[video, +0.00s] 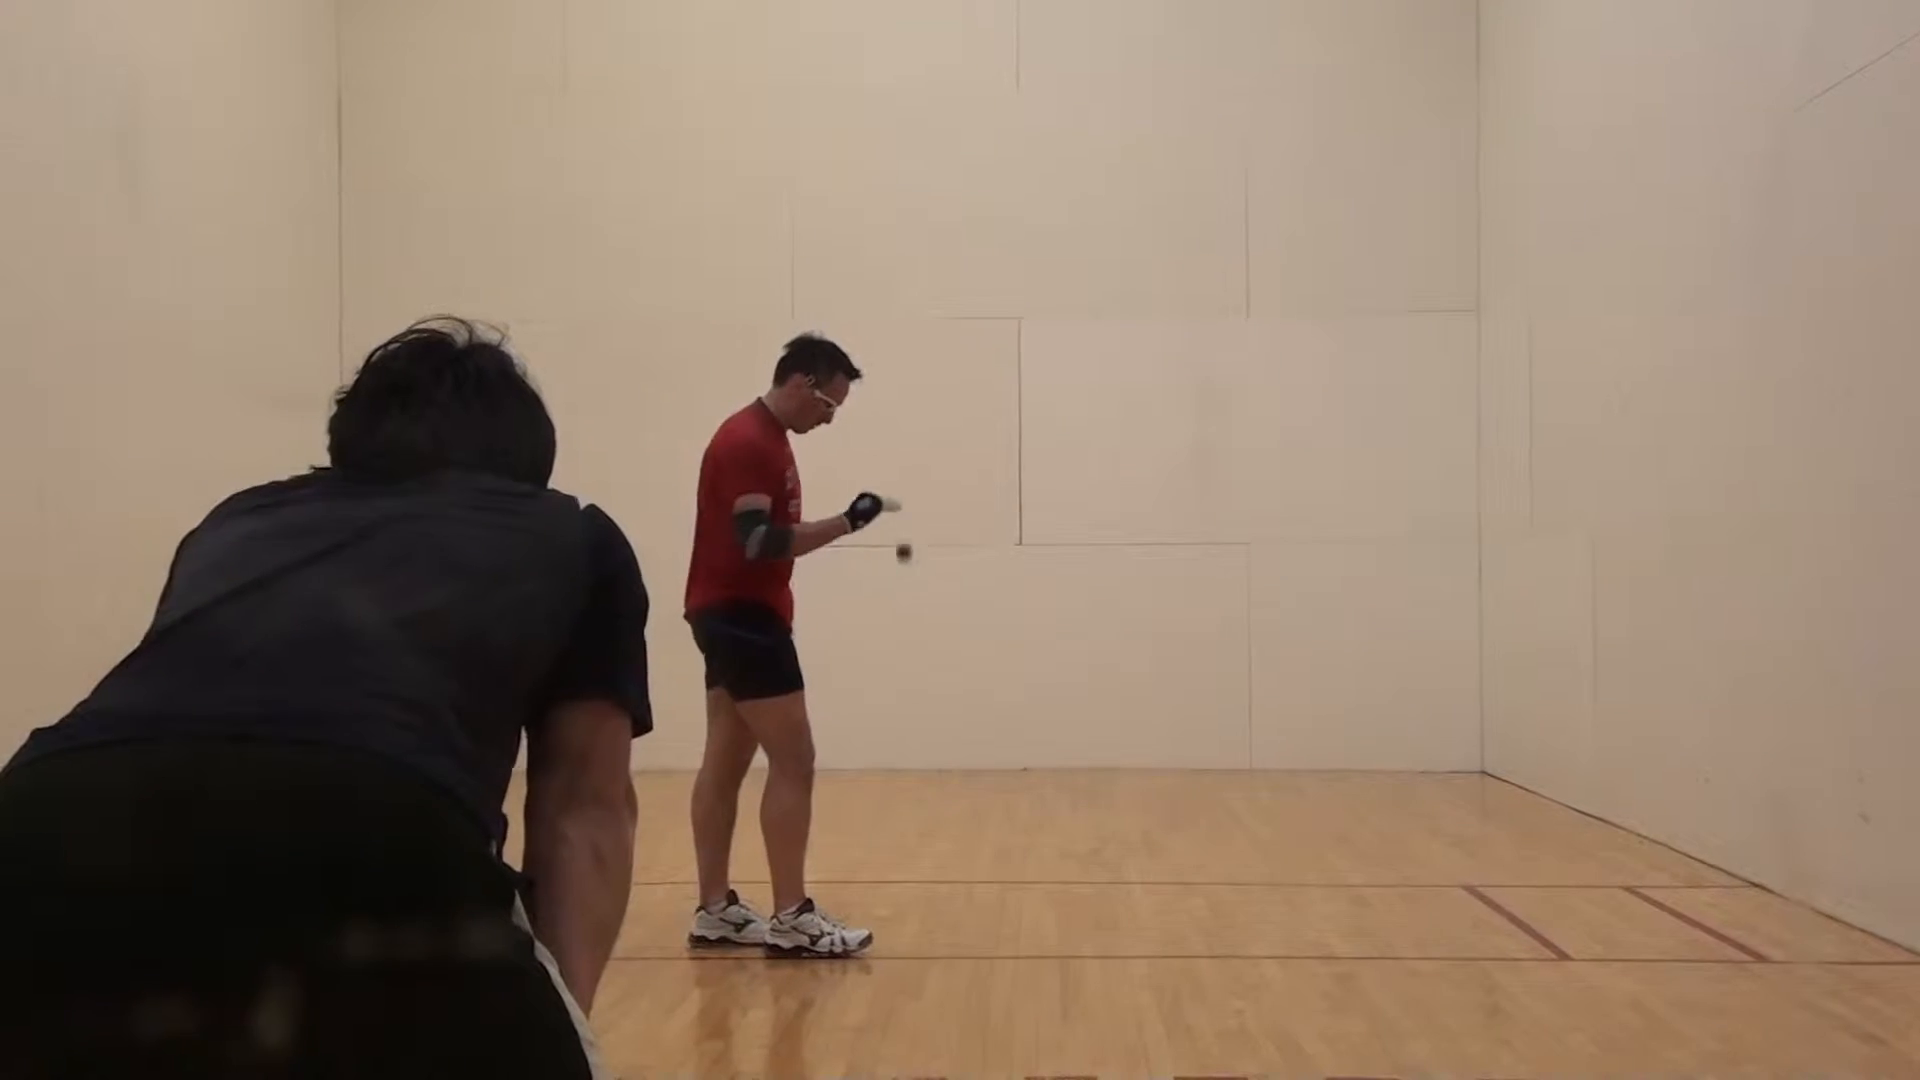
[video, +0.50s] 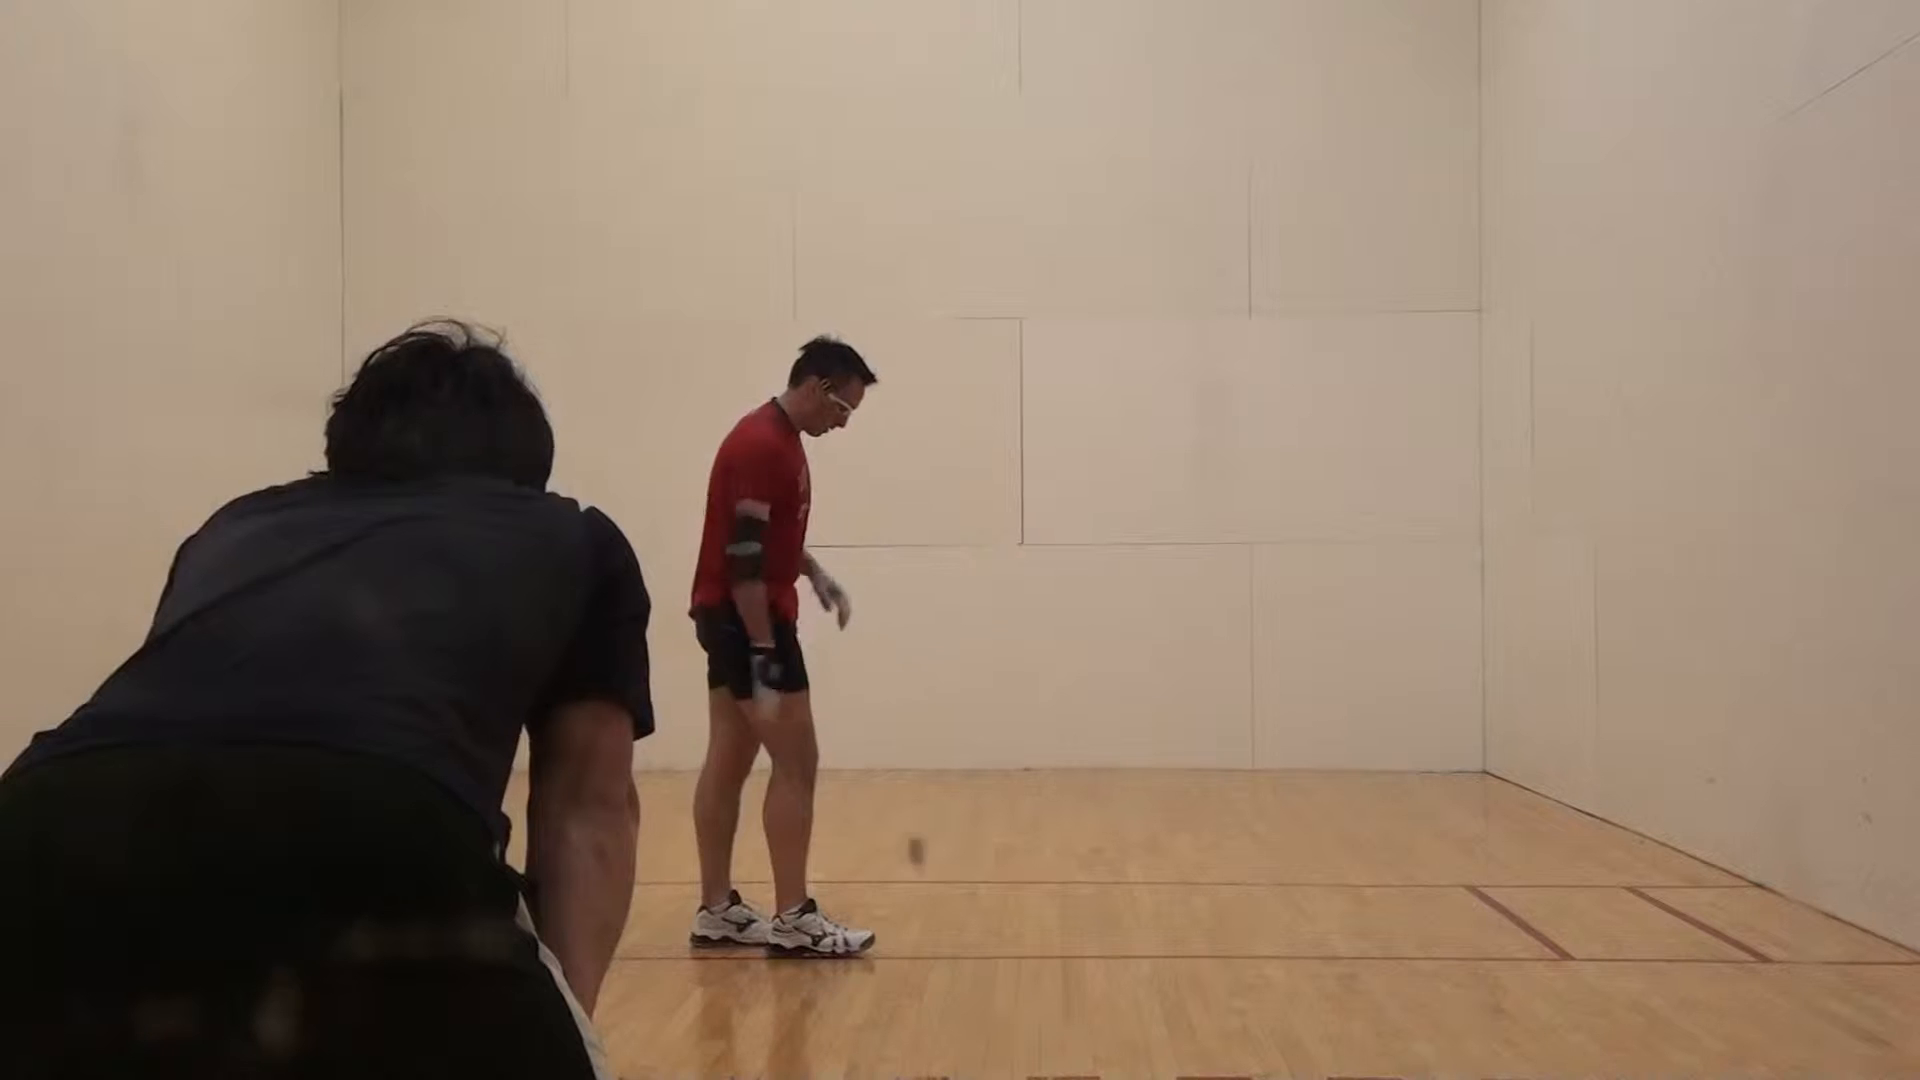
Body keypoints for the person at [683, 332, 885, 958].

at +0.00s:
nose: (829, 417)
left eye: (834, 407)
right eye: (829, 403)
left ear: (799, 387)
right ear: (797, 384)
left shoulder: (762, 436)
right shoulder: (751, 440)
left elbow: (761, 536)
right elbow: (755, 539)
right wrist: (840, 524)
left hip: (731, 616)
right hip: (746, 619)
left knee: (725, 761)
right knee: (794, 761)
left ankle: (715, 908)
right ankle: (791, 914)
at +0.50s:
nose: (843, 420)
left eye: (850, 409)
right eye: (843, 405)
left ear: (812, 389)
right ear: (813, 386)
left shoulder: (773, 437)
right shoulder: (763, 447)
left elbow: (773, 533)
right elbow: (745, 564)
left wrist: (816, 574)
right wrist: (764, 654)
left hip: (738, 620)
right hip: (755, 626)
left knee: (727, 763)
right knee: (796, 765)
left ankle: (717, 908)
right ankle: (793, 914)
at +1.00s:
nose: (826, 420)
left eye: (832, 411)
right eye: (824, 405)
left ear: (805, 395)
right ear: (791, 385)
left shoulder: (785, 452)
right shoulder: (729, 439)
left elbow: (788, 543)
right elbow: (690, 533)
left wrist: (863, 522)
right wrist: (723, 620)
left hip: (750, 622)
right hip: (741, 624)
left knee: (723, 762)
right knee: (800, 758)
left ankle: (717, 909)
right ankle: (793, 914)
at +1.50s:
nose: (828, 417)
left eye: (834, 407)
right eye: (828, 403)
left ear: (802, 389)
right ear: (794, 384)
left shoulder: (771, 440)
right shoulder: (744, 440)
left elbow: (761, 539)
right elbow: (742, 538)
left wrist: (810, 564)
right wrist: (823, 560)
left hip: (744, 618)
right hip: (745, 621)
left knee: (727, 761)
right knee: (797, 761)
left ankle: (718, 908)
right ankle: (794, 915)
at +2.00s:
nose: (829, 418)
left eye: (835, 408)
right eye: (829, 404)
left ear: (799, 388)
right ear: (799, 386)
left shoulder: (755, 437)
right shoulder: (754, 445)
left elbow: (756, 551)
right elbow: (761, 554)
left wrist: (791, 622)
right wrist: (809, 628)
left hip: (735, 618)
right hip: (752, 621)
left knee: (726, 761)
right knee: (802, 760)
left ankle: (718, 908)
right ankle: (795, 913)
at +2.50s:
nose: (825, 418)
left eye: (831, 408)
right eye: (824, 403)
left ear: (801, 390)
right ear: (792, 383)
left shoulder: (783, 447)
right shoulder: (731, 440)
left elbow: (784, 536)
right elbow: (690, 536)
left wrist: (833, 517)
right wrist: (703, 629)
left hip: (758, 624)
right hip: (751, 627)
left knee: (729, 762)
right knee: (802, 758)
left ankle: (719, 908)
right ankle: (795, 914)